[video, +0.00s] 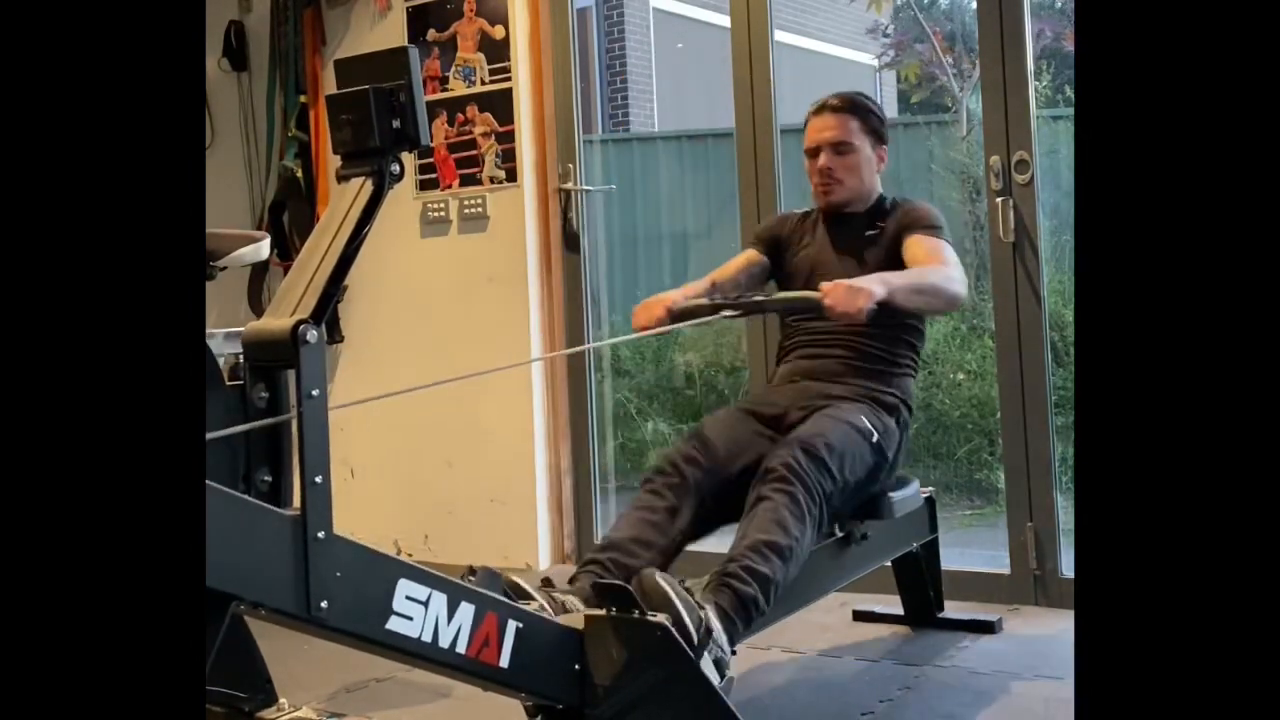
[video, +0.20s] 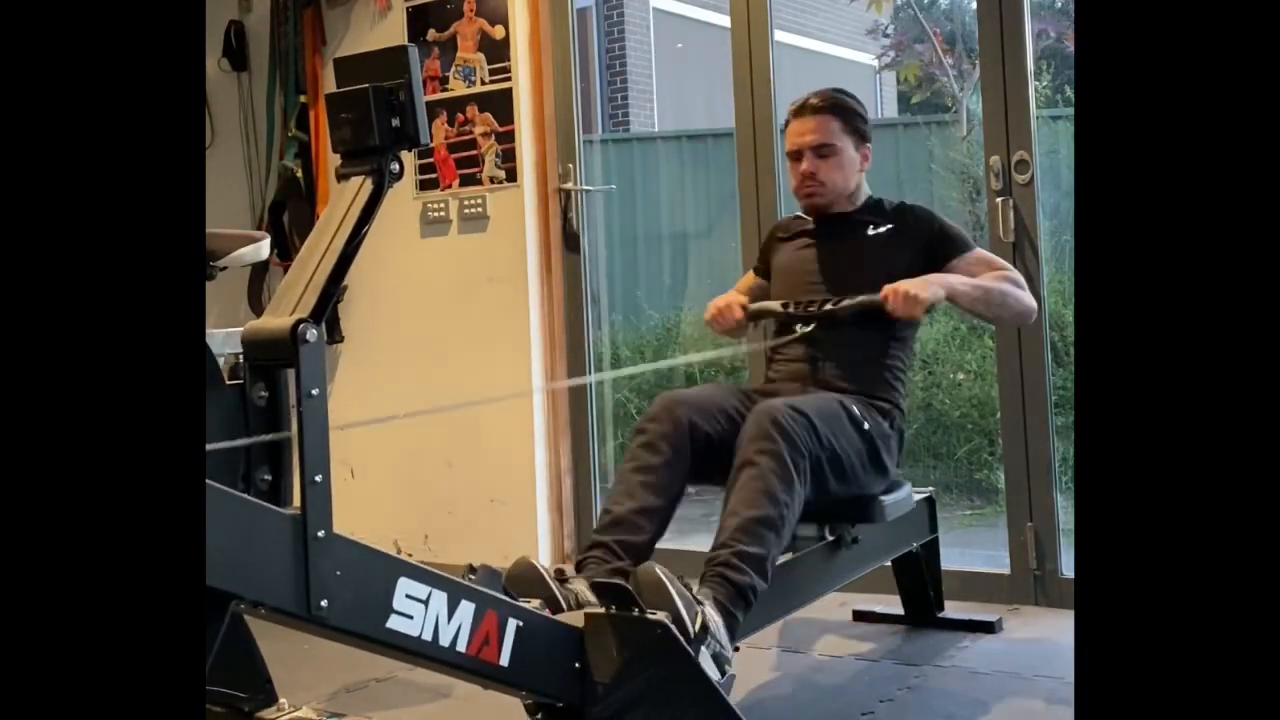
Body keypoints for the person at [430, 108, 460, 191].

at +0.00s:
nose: (446, 118)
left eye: (446, 116)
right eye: (445, 116)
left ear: (442, 116)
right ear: (440, 116)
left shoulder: (443, 125)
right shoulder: (437, 123)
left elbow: (453, 132)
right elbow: (439, 138)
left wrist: (457, 122)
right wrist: (442, 150)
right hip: (440, 148)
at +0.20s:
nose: (446, 118)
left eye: (446, 116)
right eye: (445, 116)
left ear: (442, 116)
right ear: (441, 116)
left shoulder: (441, 124)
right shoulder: (438, 123)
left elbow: (453, 132)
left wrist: (457, 122)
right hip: (440, 147)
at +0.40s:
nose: (446, 118)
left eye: (446, 116)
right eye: (445, 116)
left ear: (442, 116)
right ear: (441, 116)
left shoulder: (443, 125)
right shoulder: (437, 123)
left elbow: (453, 132)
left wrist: (457, 122)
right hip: (440, 148)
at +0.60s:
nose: (446, 118)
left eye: (446, 116)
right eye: (444, 116)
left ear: (442, 116)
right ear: (440, 116)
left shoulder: (441, 125)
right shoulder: (438, 123)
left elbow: (453, 132)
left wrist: (457, 122)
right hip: (440, 147)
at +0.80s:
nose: (446, 118)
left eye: (446, 115)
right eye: (445, 115)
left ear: (443, 116)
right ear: (440, 116)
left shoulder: (443, 125)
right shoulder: (437, 123)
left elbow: (453, 132)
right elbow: (439, 138)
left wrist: (457, 122)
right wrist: (442, 150)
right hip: (439, 147)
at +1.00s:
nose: (446, 118)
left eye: (446, 116)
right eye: (444, 116)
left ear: (443, 116)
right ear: (440, 116)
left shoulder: (443, 125)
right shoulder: (437, 123)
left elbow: (453, 132)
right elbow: (439, 138)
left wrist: (457, 122)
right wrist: (442, 150)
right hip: (439, 146)